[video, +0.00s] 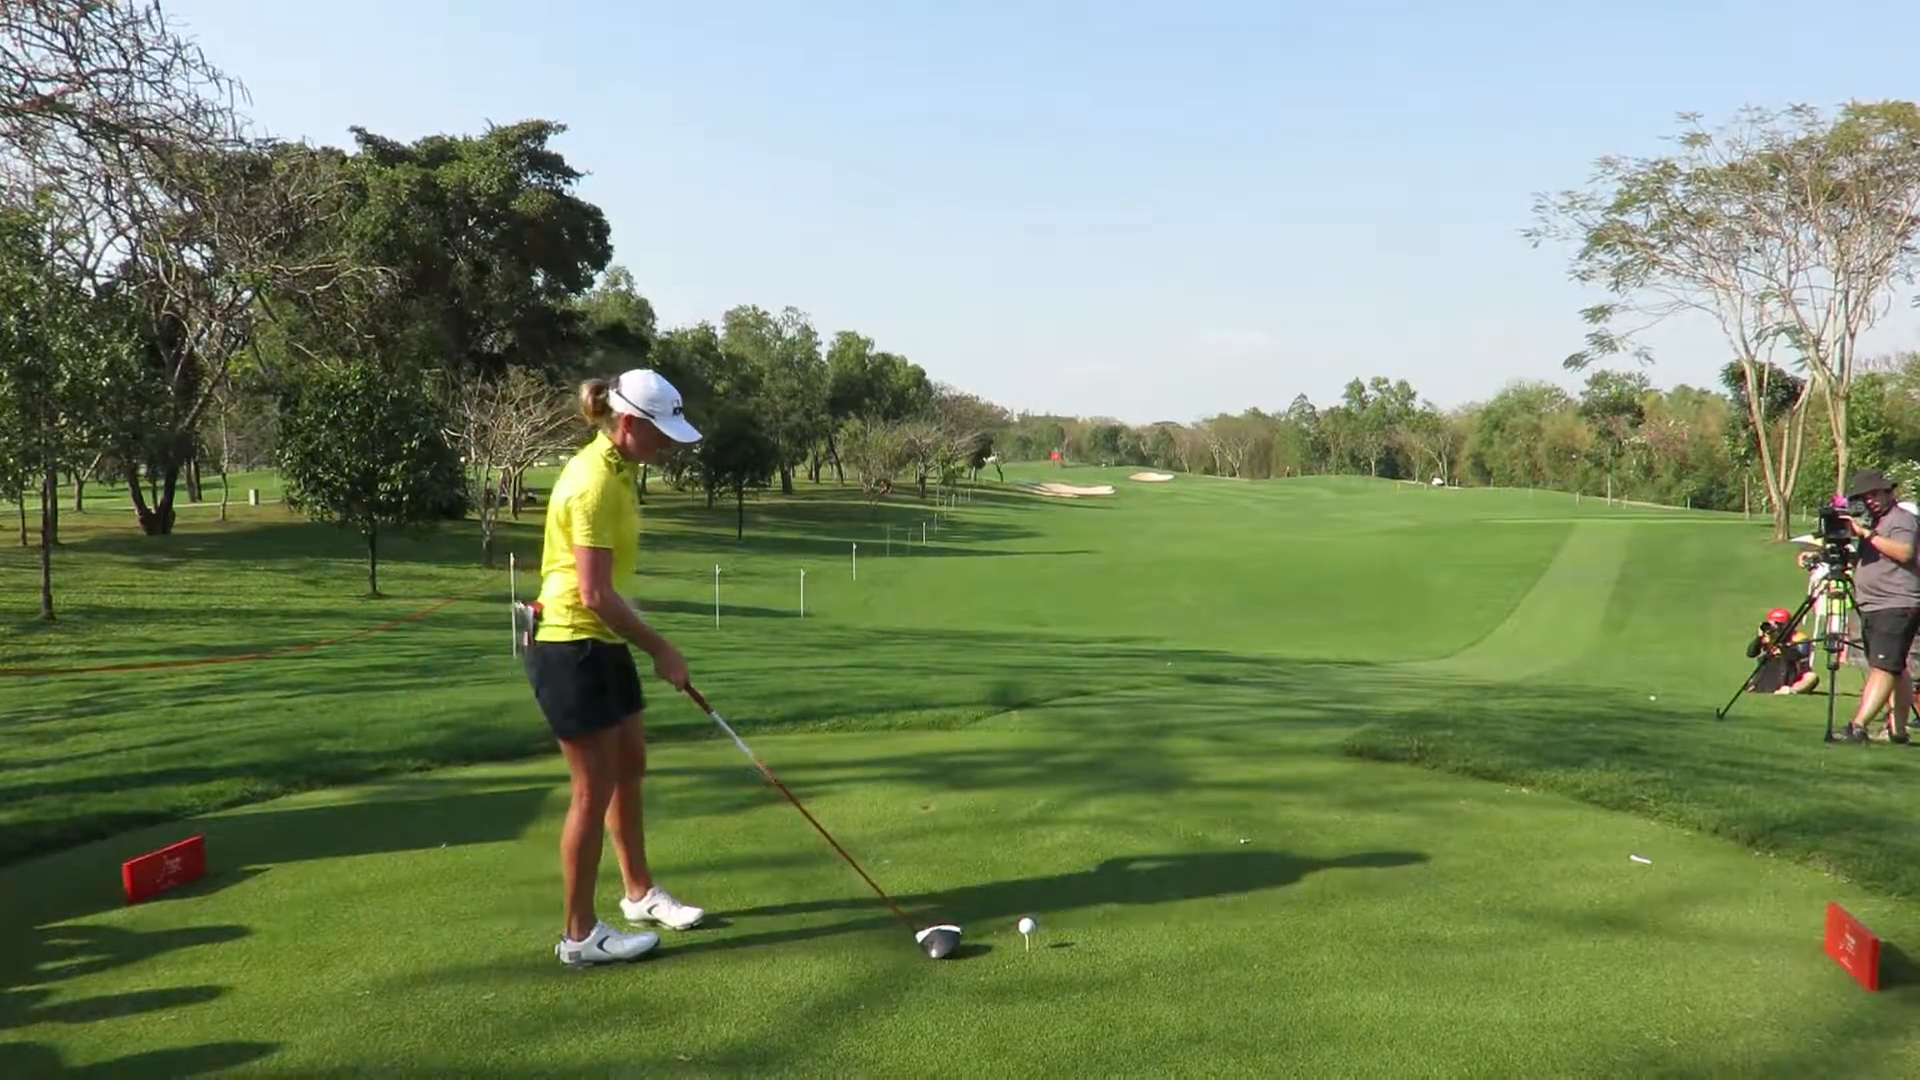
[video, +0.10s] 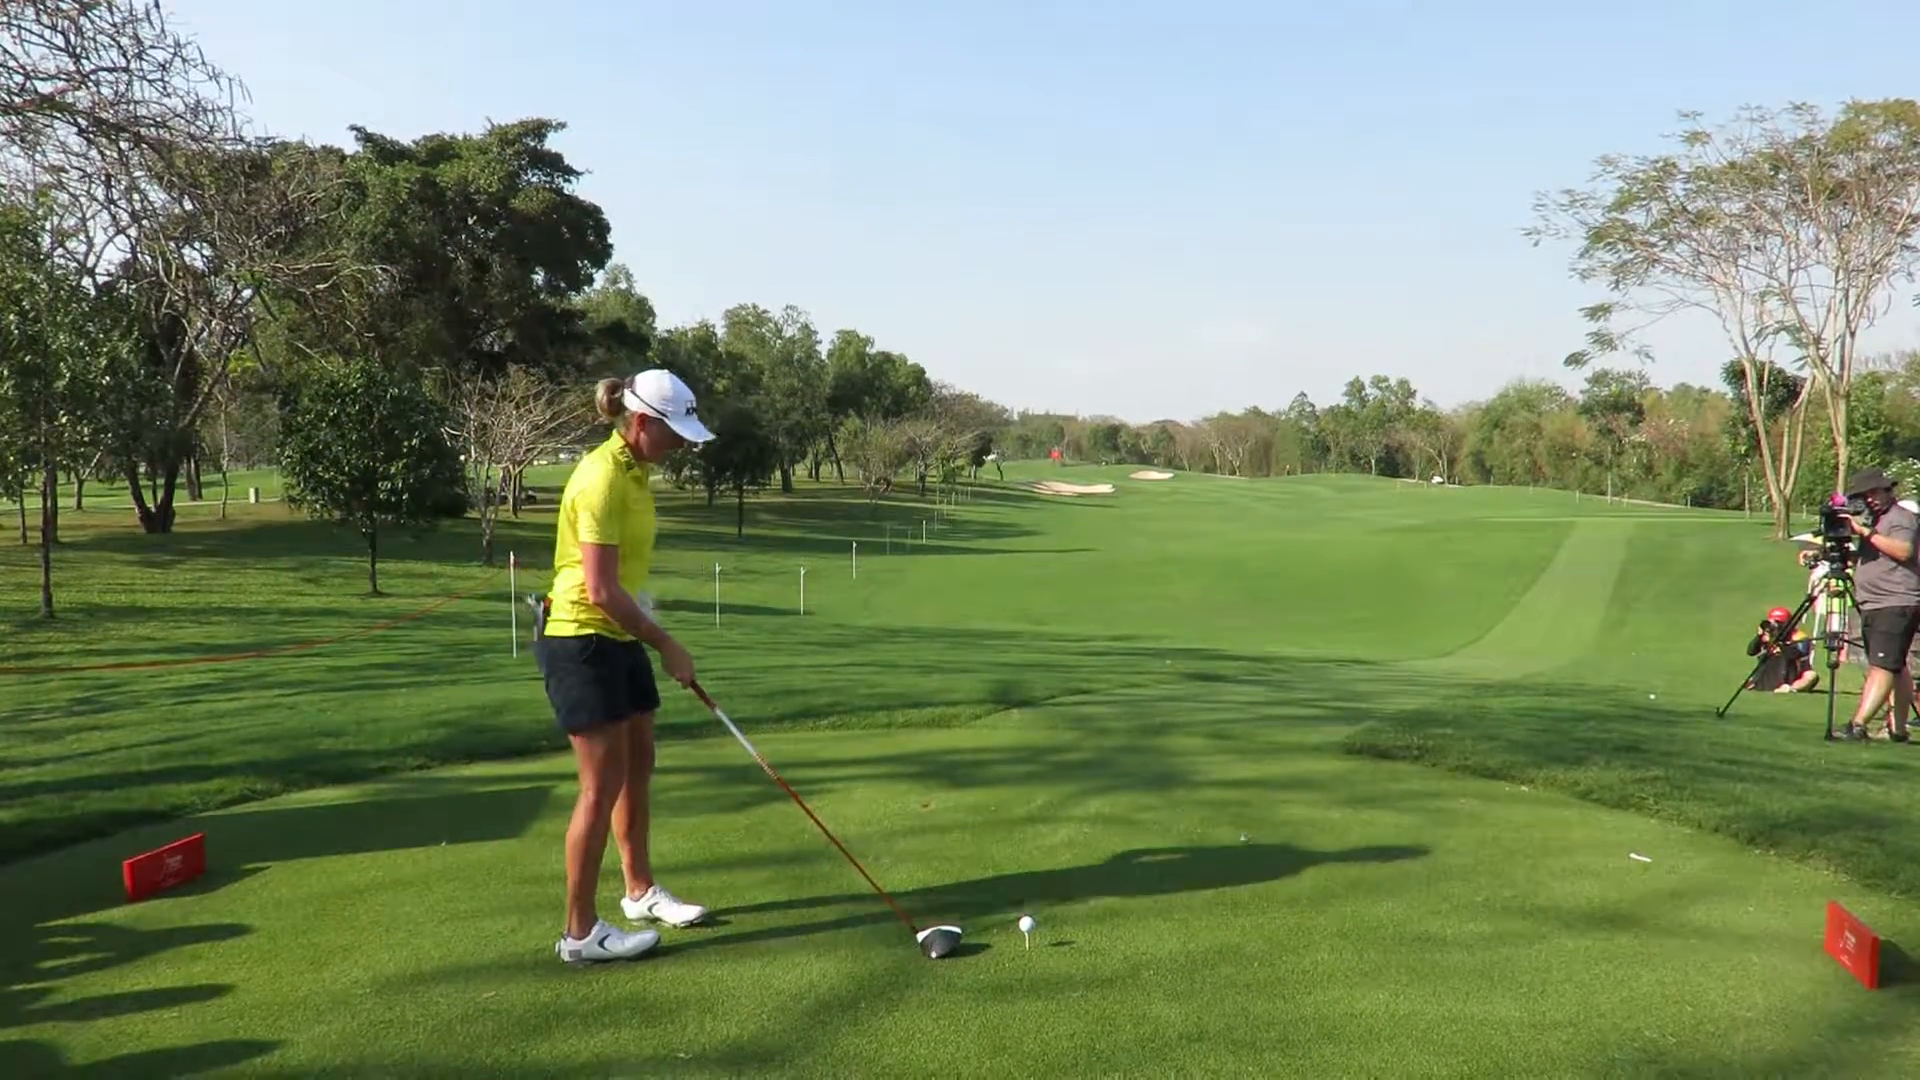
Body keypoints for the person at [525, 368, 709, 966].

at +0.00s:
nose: (667, 446)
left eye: (669, 436)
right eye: (661, 435)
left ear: (632, 425)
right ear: (626, 425)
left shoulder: (613, 472)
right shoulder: (594, 482)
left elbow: (589, 569)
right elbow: (596, 594)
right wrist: (661, 649)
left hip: (603, 644)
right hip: (572, 647)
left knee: (629, 764)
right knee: (594, 787)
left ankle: (640, 894)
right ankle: (579, 933)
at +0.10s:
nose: (679, 446)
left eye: (682, 436)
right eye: (673, 434)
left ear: (648, 425)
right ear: (639, 423)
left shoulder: (631, 474)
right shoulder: (602, 479)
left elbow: (620, 576)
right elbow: (601, 591)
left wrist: (650, 632)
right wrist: (667, 645)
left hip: (622, 639)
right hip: (582, 642)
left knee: (638, 764)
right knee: (602, 783)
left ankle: (638, 893)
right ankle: (579, 932)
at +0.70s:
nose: (711, 423)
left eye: (716, 413)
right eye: (706, 410)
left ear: (699, 403)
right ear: (676, 396)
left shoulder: (681, 447)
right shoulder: (630, 445)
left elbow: (660, 521)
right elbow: (616, 547)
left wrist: (681, 565)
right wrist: (674, 610)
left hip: (650, 601)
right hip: (603, 599)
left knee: (652, 728)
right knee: (631, 731)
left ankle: (644, 860)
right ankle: (600, 876)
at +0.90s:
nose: (715, 418)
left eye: (719, 408)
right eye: (710, 406)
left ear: (694, 397)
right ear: (678, 392)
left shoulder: (680, 442)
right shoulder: (632, 441)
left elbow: (661, 522)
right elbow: (629, 552)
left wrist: (684, 570)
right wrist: (691, 610)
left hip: (650, 599)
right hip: (604, 600)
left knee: (648, 730)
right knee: (627, 739)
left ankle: (643, 856)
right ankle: (620, 884)